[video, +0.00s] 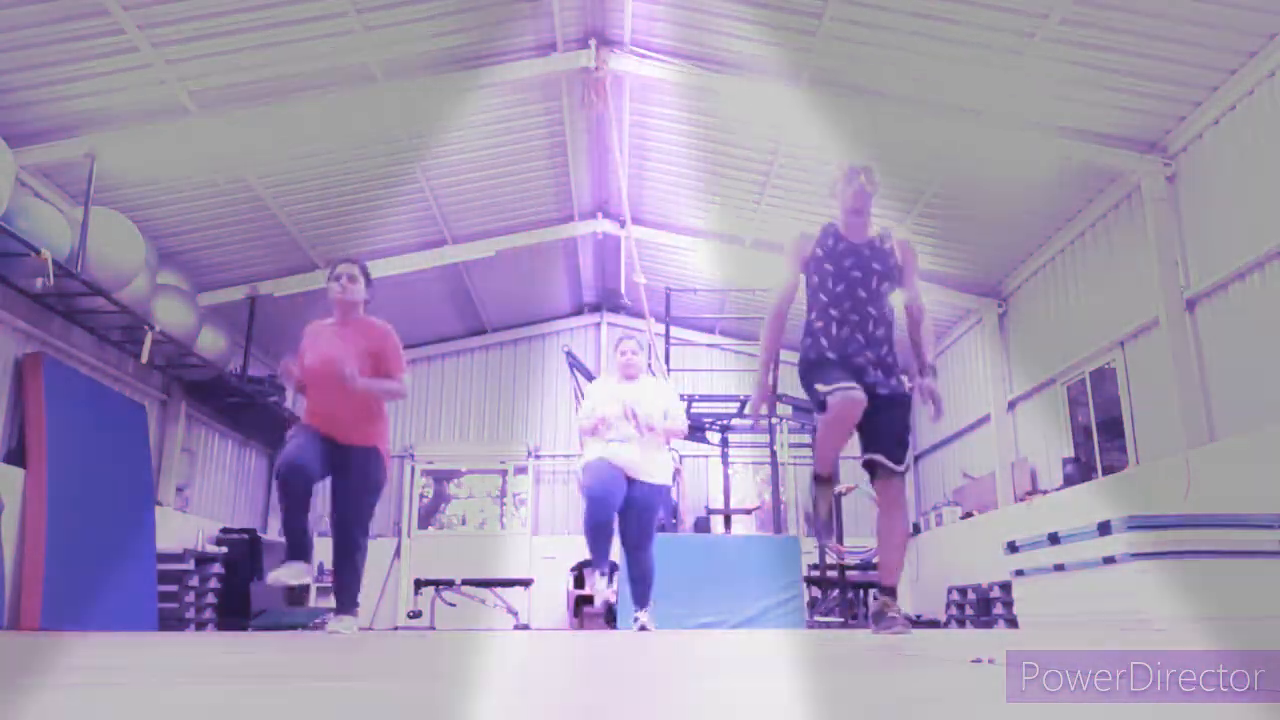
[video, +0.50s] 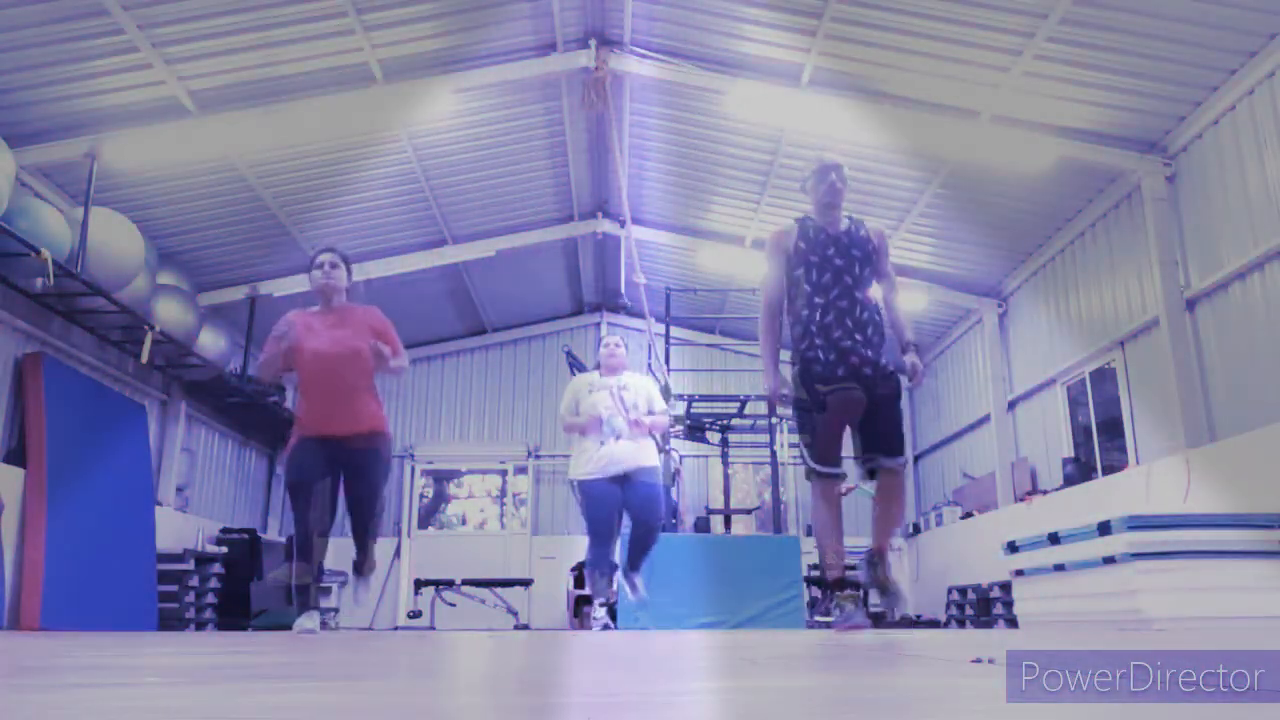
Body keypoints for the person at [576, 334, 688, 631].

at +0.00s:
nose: (629, 357)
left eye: (634, 353)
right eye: (623, 353)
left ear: (645, 358)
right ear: (614, 359)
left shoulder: (662, 389)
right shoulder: (599, 387)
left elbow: (682, 428)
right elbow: (582, 427)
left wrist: (654, 426)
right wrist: (599, 421)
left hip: (648, 467)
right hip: (606, 459)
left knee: (639, 544)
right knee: (601, 495)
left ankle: (642, 609)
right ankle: (600, 568)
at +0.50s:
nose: (613, 347)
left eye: (618, 344)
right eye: (607, 345)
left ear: (627, 355)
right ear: (598, 355)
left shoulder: (643, 382)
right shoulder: (580, 383)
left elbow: (665, 420)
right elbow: (565, 422)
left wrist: (645, 421)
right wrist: (587, 422)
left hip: (640, 466)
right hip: (595, 468)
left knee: (651, 519)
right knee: (602, 533)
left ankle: (632, 570)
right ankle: (599, 601)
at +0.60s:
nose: (612, 356)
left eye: (618, 353)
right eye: (606, 353)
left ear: (626, 363)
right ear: (597, 364)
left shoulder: (641, 390)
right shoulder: (579, 391)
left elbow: (661, 428)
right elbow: (564, 433)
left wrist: (648, 432)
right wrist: (587, 431)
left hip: (636, 459)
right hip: (592, 466)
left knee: (649, 492)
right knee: (603, 536)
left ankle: (633, 551)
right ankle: (597, 606)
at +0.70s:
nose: (612, 371)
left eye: (617, 368)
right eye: (606, 368)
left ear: (626, 377)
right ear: (597, 377)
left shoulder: (639, 408)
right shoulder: (580, 408)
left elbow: (658, 453)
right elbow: (567, 451)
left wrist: (645, 441)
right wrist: (586, 436)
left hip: (630, 473)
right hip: (591, 483)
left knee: (646, 483)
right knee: (601, 553)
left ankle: (640, 549)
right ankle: (600, 614)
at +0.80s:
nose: (615, 366)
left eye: (621, 363)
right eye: (609, 362)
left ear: (629, 372)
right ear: (600, 371)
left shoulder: (641, 402)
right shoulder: (582, 400)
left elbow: (660, 441)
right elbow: (568, 442)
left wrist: (648, 435)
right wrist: (588, 429)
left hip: (635, 467)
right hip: (593, 474)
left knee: (645, 496)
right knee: (601, 546)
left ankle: (641, 567)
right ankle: (599, 612)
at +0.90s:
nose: (619, 357)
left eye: (625, 355)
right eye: (614, 354)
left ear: (634, 365)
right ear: (605, 364)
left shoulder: (648, 393)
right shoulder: (587, 391)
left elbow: (664, 433)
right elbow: (570, 433)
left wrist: (643, 430)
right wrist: (591, 428)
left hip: (639, 466)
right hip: (594, 470)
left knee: (638, 514)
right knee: (600, 537)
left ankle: (645, 587)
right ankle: (597, 607)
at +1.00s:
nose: (626, 368)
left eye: (631, 364)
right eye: (620, 364)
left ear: (638, 372)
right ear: (610, 371)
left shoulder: (650, 401)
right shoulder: (592, 400)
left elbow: (668, 442)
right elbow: (575, 440)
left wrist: (649, 441)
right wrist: (601, 440)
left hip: (641, 482)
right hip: (597, 484)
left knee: (638, 540)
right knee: (602, 547)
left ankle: (644, 610)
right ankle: (596, 610)